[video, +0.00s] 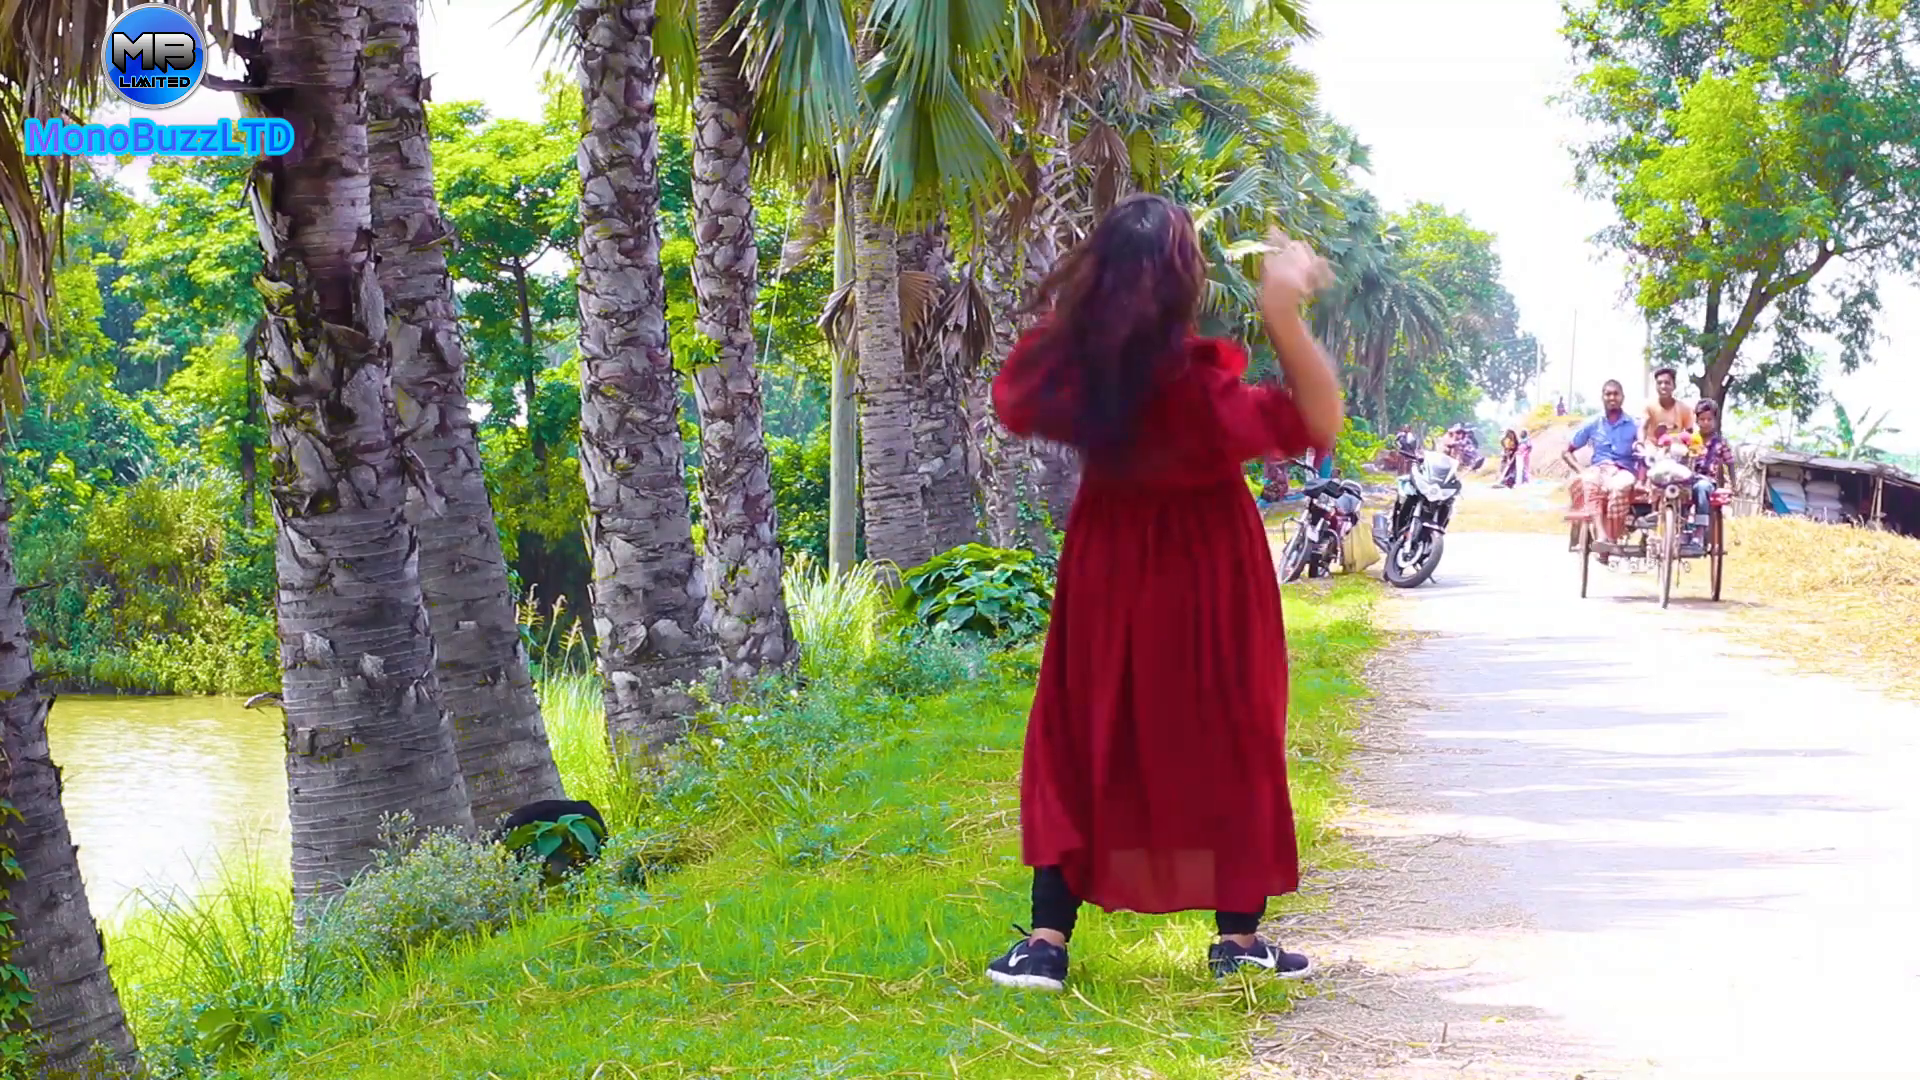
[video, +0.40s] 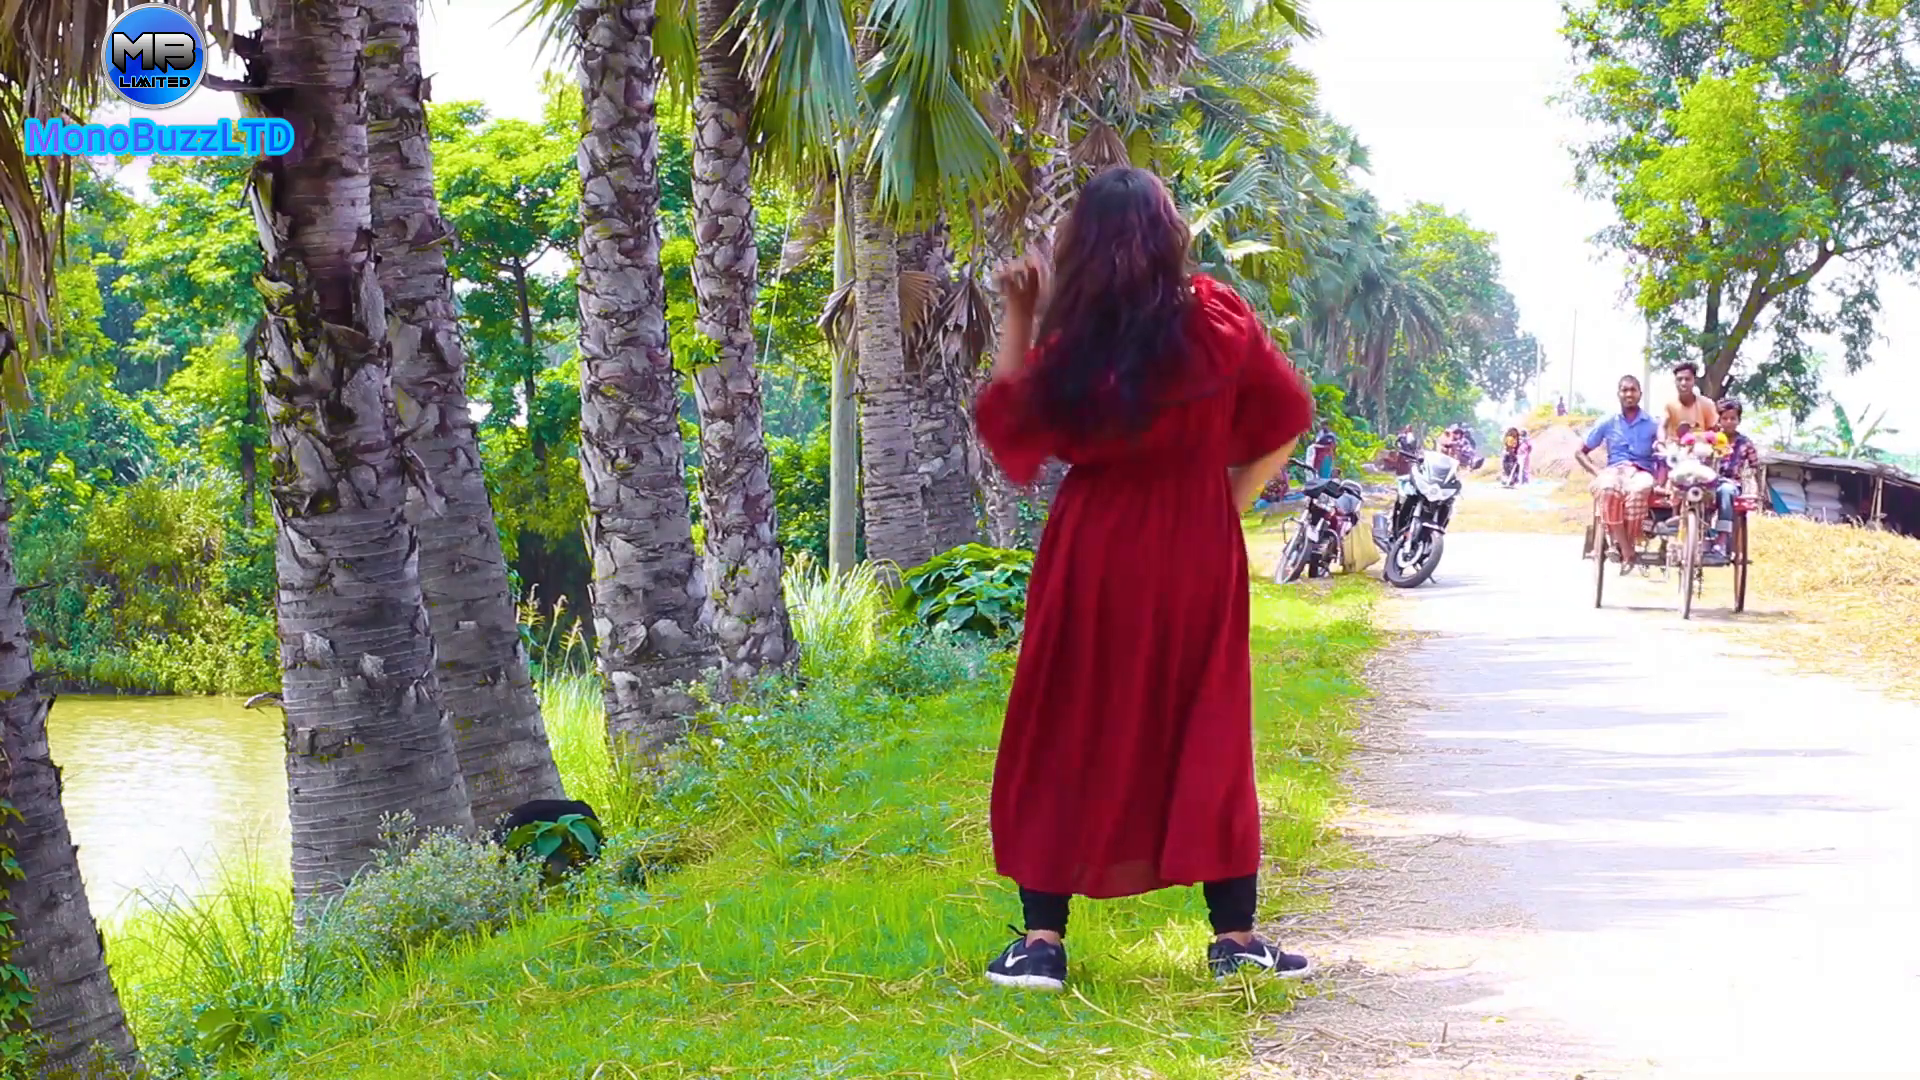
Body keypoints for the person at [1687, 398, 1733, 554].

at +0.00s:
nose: (1705, 423)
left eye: (1709, 419)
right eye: (1702, 419)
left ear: (1716, 420)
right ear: (1697, 420)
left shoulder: (1719, 442)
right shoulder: (1691, 439)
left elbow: (1730, 464)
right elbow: (1681, 459)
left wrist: (1733, 484)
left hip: (1709, 477)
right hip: (1689, 475)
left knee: (1700, 487)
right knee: (1677, 489)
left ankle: (1699, 532)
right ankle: (1681, 529)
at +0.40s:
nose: (1729, 423)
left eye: (1733, 419)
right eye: (1725, 418)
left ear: (1739, 420)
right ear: (1719, 420)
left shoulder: (1744, 443)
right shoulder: (1711, 438)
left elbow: (1755, 467)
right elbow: (1701, 460)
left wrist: (1755, 492)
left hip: (1732, 480)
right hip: (1709, 479)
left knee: (1725, 490)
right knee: (1693, 490)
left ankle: (1721, 538)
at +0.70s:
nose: (1750, 420)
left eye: (1754, 417)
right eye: (1746, 416)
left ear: (1760, 419)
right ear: (1739, 418)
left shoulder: (1765, 443)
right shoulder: (1731, 438)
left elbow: (1777, 468)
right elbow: (1719, 459)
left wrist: (1781, 492)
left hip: (1752, 482)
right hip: (1728, 479)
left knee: (1745, 493)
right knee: (1712, 493)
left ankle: (1743, 543)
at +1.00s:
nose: (1773, 419)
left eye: (1778, 415)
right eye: (1769, 414)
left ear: (1784, 418)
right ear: (1762, 416)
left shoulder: (1789, 443)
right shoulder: (1753, 437)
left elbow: (1801, 469)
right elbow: (1739, 460)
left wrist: (1805, 495)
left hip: (1772, 483)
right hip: (1749, 482)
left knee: (1766, 495)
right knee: (1731, 495)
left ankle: (1763, 549)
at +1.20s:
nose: (1788, 418)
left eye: (1793, 413)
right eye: (1784, 413)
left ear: (1801, 416)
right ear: (1777, 415)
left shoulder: (1806, 442)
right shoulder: (1769, 437)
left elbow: (1819, 471)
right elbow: (1757, 462)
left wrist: (1824, 497)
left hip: (1792, 483)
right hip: (1766, 482)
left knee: (1785, 496)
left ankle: (1779, 553)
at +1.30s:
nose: (1797, 416)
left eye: (1801, 411)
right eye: (1792, 411)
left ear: (1809, 413)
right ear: (1786, 414)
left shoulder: (1816, 441)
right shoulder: (1777, 436)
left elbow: (1829, 471)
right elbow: (1764, 462)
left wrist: (1834, 498)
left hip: (1799, 483)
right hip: (1774, 482)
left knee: (1794, 496)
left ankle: (1789, 553)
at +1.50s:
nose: (1815, 414)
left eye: (1820, 409)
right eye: (1810, 409)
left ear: (1827, 412)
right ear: (1803, 411)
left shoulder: (1833, 440)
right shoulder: (1793, 433)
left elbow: (1847, 470)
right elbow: (1778, 459)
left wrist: (1852, 498)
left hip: (1818, 483)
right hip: (1790, 481)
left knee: (1810, 497)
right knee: (1770, 497)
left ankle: (1805, 561)